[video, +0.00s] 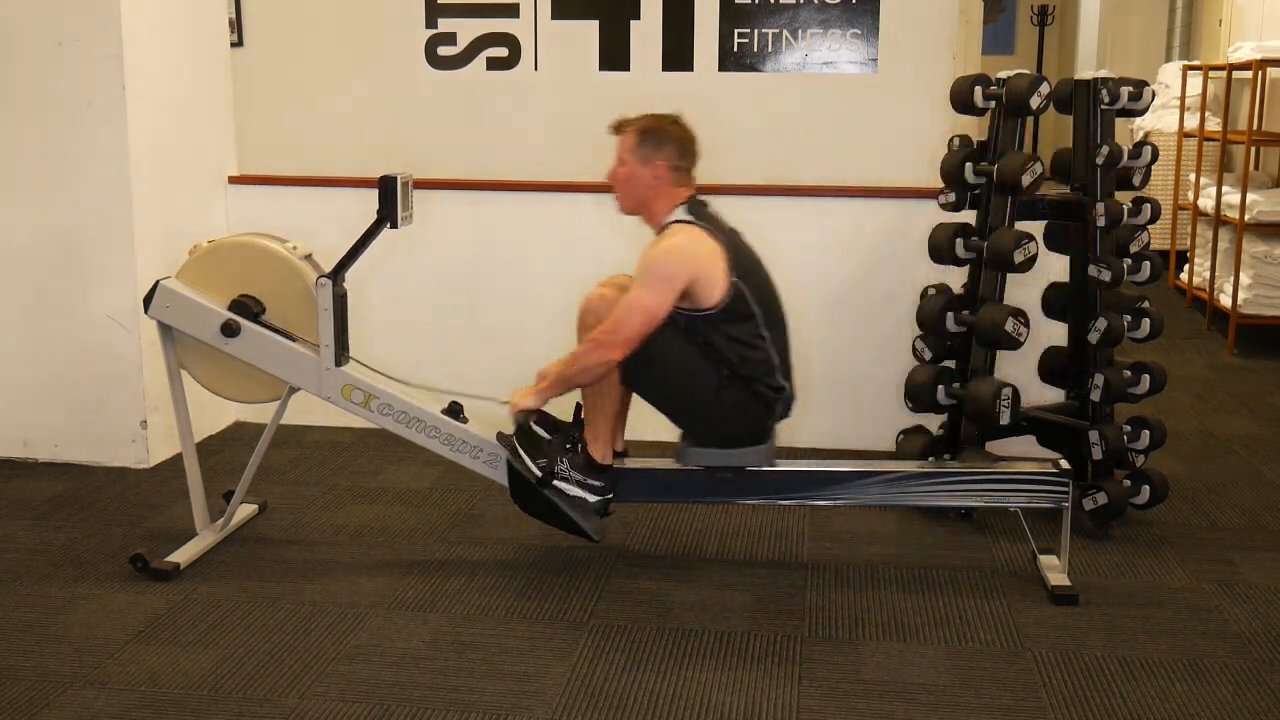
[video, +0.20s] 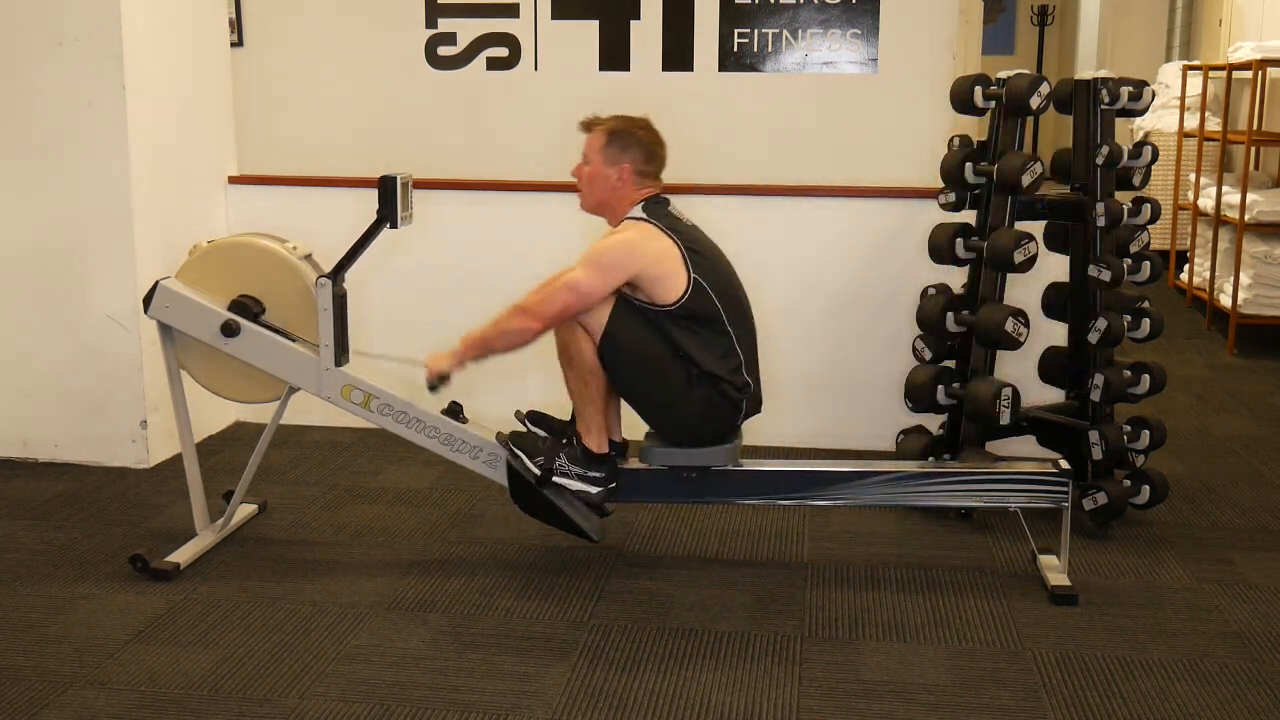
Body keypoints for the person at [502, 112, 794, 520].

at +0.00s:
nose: (610, 178)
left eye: (621, 164)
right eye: (615, 164)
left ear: (658, 173)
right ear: (661, 173)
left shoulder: (678, 246)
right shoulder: (694, 227)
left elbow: (611, 349)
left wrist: (542, 393)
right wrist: (563, 371)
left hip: (736, 418)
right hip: (747, 407)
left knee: (601, 304)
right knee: (617, 290)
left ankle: (595, 464)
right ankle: (607, 445)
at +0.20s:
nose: (576, 171)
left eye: (587, 161)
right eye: (581, 160)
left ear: (621, 175)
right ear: (623, 177)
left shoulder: (634, 240)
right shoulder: (656, 224)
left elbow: (535, 315)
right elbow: (554, 299)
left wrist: (460, 354)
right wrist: (475, 345)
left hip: (703, 414)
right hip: (716, 405)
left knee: (575, 308)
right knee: (587, 295)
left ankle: (593, 455)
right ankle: (604, 438)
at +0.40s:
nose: (661, 153)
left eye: (674, 144)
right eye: (669, 142)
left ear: (710, 157)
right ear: (709, 159)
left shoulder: (714, 226)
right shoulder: (717, 217)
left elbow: (597, 268)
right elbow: (611, 242)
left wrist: (508, 279)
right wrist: (526, 264)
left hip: (766, 406)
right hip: (764, 392)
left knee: (626, 310)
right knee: (631, 295)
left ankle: (594, 463)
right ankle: (600, 439)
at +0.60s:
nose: (822, 140)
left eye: (836, 131)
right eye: (829, 129)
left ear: (872, 149)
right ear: (867, 148)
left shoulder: (865, 223)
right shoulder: (852, 215)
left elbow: (759, 281)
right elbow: (756, 257)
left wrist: (665, 299)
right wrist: (672, 280)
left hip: (870, 399)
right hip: (855, 379)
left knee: (704, 350)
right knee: (702, 338)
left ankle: (595, 473)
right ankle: (602, 452)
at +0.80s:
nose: (986, 161)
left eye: (1002, 152)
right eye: (992, 149)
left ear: (1043, 174)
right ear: (1026, 170)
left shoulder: (1025, 245)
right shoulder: (998, 236)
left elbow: (926, 300)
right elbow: (912, 267)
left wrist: (832, 283)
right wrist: (831, 269)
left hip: (923, 396)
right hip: (902, 370)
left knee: (745, 409)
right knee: (739, 386)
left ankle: (596, 482)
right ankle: (605, 459)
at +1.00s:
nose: (1050, 218)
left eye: (1066, 210)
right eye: (1057, 205)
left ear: (1105, 232)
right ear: (1090, 227)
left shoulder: (1093, 302)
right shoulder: (1057, 283)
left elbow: (1055, 391)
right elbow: (1016, 345)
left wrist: (998, 317)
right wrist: (975, 305)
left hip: (930, 394)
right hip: (911, 370)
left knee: (757, 418)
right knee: (755, 394)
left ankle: (598, 486)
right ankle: (605, 459)